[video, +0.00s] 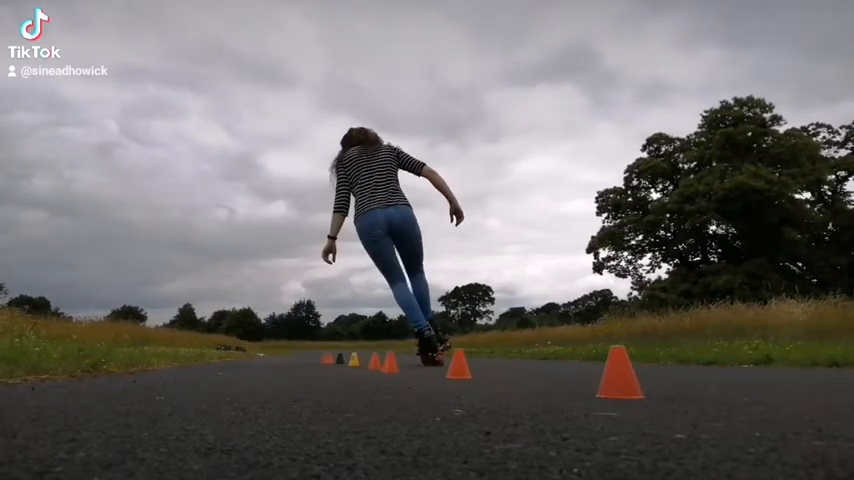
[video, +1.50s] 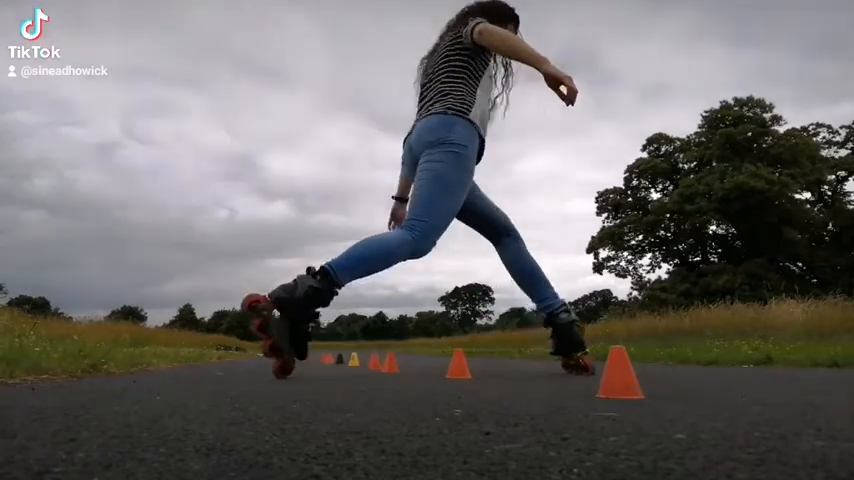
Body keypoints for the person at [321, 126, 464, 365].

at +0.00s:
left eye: (343, 148)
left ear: (346, 145)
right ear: (373, 138)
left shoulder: (345, 161)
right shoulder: (389, 150)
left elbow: (341, 203)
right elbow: (427, 171)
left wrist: (331, 239)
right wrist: (453, 200)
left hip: (369, 220)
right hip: (402, 213)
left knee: (397, 281)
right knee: (416, 272)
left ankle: (426, 333)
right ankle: (426, 335)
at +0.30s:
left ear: (343, 135)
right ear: (371, 130)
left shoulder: (339, 150)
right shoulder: (386, 145)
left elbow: (333, 190)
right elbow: (428, 178)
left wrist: (321, 228)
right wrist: (435, 206)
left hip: (362, 210)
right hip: (397, 207)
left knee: (393, 273)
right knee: (379, 273)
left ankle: (421, 328)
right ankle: (356, 330)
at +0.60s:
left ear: (329, 110)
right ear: (360, 111)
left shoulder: (323, 122)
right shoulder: (374, 126)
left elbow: (299, 165)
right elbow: (421, 157)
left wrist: (266, 202)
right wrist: (436, 195)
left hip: (340, 185)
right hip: (379, 192)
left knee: (314, 259)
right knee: (348, 267)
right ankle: (317, 329)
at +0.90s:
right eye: (382, 87)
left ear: (344, 82)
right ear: (377, 84)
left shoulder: (326, 100)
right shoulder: (383, 94)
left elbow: (307, 147)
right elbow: (419, 109)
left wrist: (291, 189)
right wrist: (458, 139)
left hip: (336, 171)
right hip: (381, 177)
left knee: (303, 245)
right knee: (335, 256)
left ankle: (303, 317)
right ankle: (312, 320)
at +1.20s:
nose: (447, 78)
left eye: (449, 74)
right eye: (445, 71)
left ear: (402, 58)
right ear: (431, 60)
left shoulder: (381, 82)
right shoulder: (421, 63)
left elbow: (379, 117)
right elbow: (424, 67)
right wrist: (447, 85)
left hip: (372, 158)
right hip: (417, 154)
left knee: (401, 247)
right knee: (399, 248)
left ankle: (443, 326)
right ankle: (368, 298)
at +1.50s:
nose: (507, 44)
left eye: (509, 39)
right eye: (506, 36)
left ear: (472, 21)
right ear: (494, 24)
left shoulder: (439, 57)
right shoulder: (471, 24)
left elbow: (419, 129)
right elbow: (486, 34)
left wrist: (402, 197)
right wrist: (545, 67)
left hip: (421, 142)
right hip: (450, 131)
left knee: (503, 232)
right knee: (416, 237)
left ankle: (561, 322)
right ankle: (306, 293)